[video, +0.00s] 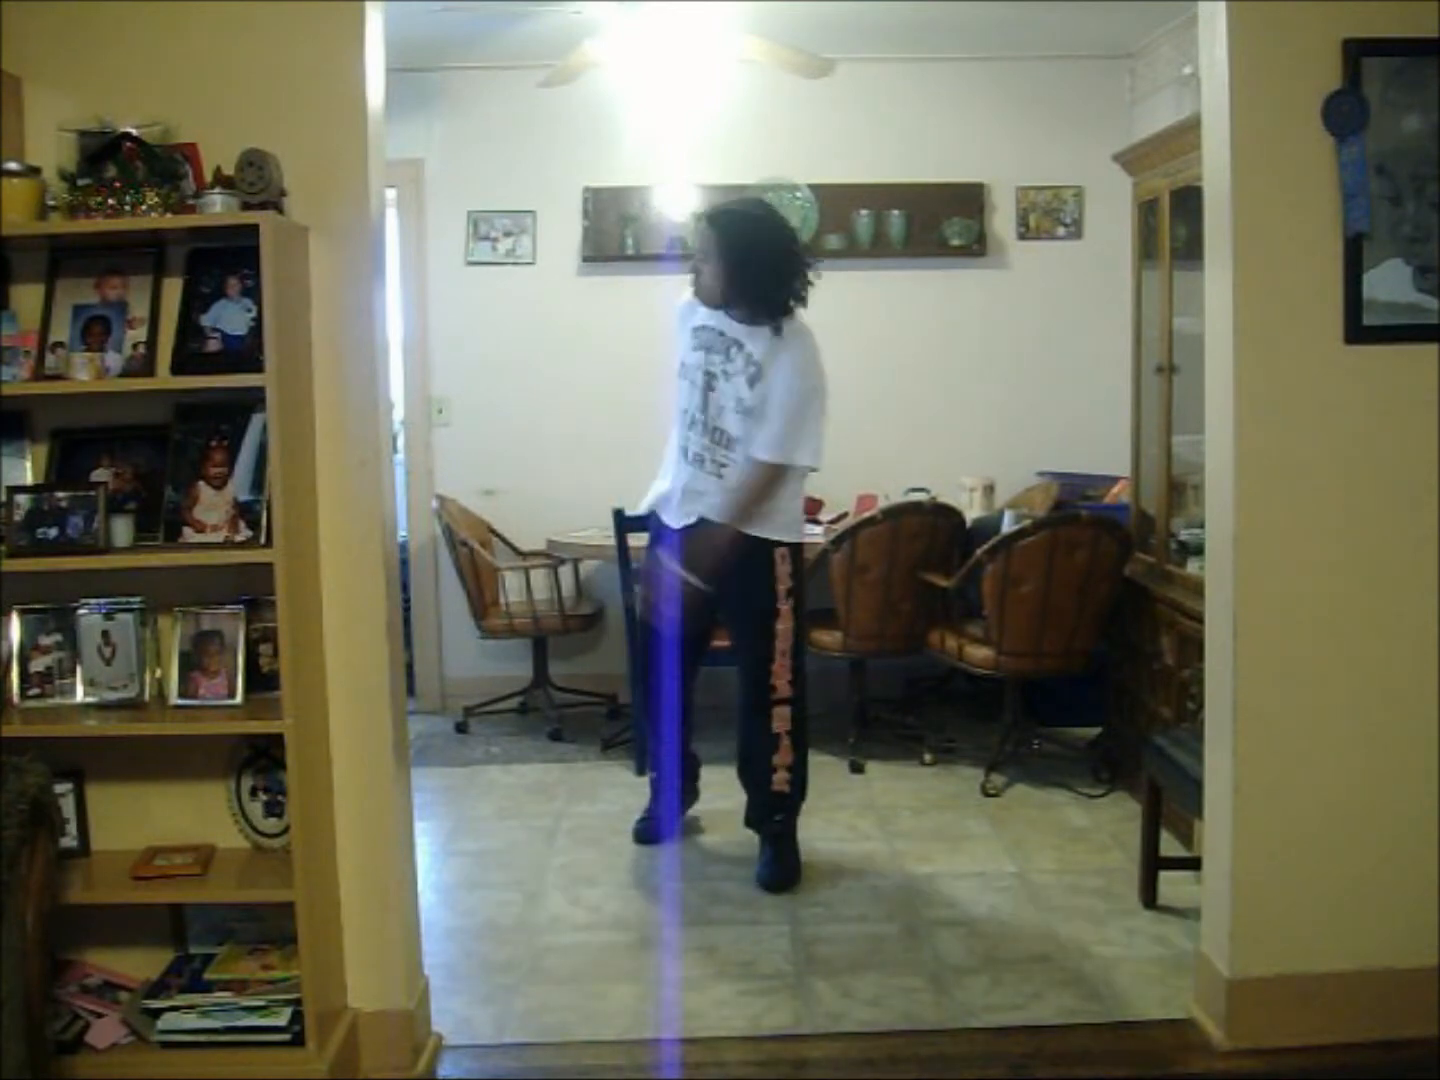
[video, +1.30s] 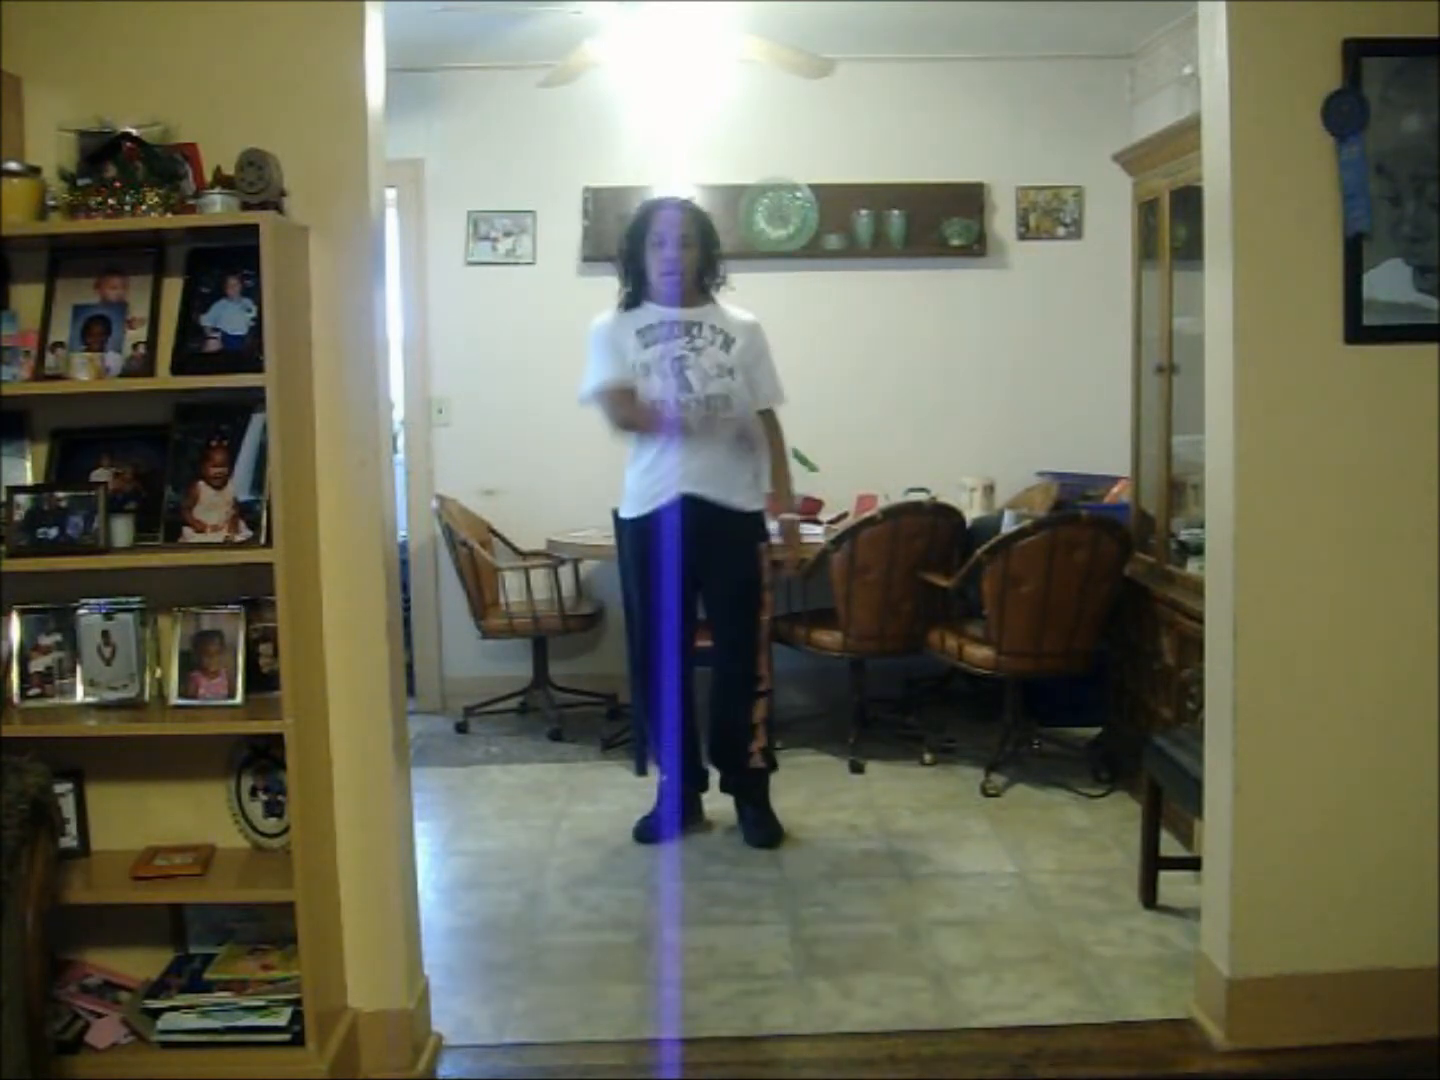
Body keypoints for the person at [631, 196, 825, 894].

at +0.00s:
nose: (692, 268)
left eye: (703, 258)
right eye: (693, 256)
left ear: (744, 266)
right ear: (718, 263)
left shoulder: (792, 350)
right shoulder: (694, 318)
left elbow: (774, 461)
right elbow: (691, 420)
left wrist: (716, 537)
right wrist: (665, 504)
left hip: (759, 532)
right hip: (682, 520)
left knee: (770, 679)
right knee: (663, 665)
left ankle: (776, 824)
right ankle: (671, 793)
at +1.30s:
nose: (672, 254)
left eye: (684, 243)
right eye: (659, 243)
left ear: (706, 253)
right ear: (637, 254)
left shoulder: (741, 330)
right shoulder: (615, 331)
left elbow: (768, 423)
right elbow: (620, 411)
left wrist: (784, 499)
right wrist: (682, 418)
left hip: (732, 506)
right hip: (654, 508)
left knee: (738, 653)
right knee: (661, 653)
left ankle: (747, 786)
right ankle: (678, 790)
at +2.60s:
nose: (606, 290)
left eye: (617, 275)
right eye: (604, 276)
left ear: (662, 273)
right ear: (629, 279)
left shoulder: (754, 347)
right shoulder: (608, 351)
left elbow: (772, 467)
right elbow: (603, 456)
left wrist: (738, 572)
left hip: (734, 545)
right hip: (650, 545)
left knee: (734, 687)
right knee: (661, 705)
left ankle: (738, 783)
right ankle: (651, 866)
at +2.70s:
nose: (607, 289)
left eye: (619, 274)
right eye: (605, 275)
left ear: (663, 272)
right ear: (624, 280)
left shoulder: (753, 348)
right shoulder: (619, 351)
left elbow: (771, 468)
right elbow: (606, 457)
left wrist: (738, 575)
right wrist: (639, 398)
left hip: (736, 545)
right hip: (653, 544)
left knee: (738, 688)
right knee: (662, 706)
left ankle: (738, 782)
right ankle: (650, 865)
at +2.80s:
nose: (626, 289)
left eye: (638, 274)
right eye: (624, 276)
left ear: (677, 274)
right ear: (636, 280)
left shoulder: (769, 352)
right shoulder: (627, 358)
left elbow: (783, 473)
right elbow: (582, 451)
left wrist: (747, 575)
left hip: (746, 551)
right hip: (657, 548)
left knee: (738, 695)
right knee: (660, 707)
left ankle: (738, 785)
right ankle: (651, 868)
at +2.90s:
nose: (632, 279)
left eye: (645, 265)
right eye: (632, 269)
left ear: (683, 270)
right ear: (653, 286)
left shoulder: (780, 354)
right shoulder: (633, 372)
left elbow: (796, 463)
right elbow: (566, 464)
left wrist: (756, 567)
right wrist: (495, 542)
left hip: (758, 553)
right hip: (668, 554)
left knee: (747, 689)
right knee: (668, 711)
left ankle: (745, 780)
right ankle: (650, 866)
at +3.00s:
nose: (661, 288)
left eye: (669, 271)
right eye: (646, 283)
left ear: (704, 270)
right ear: (637, 302)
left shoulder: (784, 343)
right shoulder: (645, 373)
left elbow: (824, 445)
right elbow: (582, 431)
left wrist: (779, 544)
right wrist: (526, 468)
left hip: (777, 549)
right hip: (688, 556)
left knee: (781, 702)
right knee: (673, 719)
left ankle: (794, 764)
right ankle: (651, 872)